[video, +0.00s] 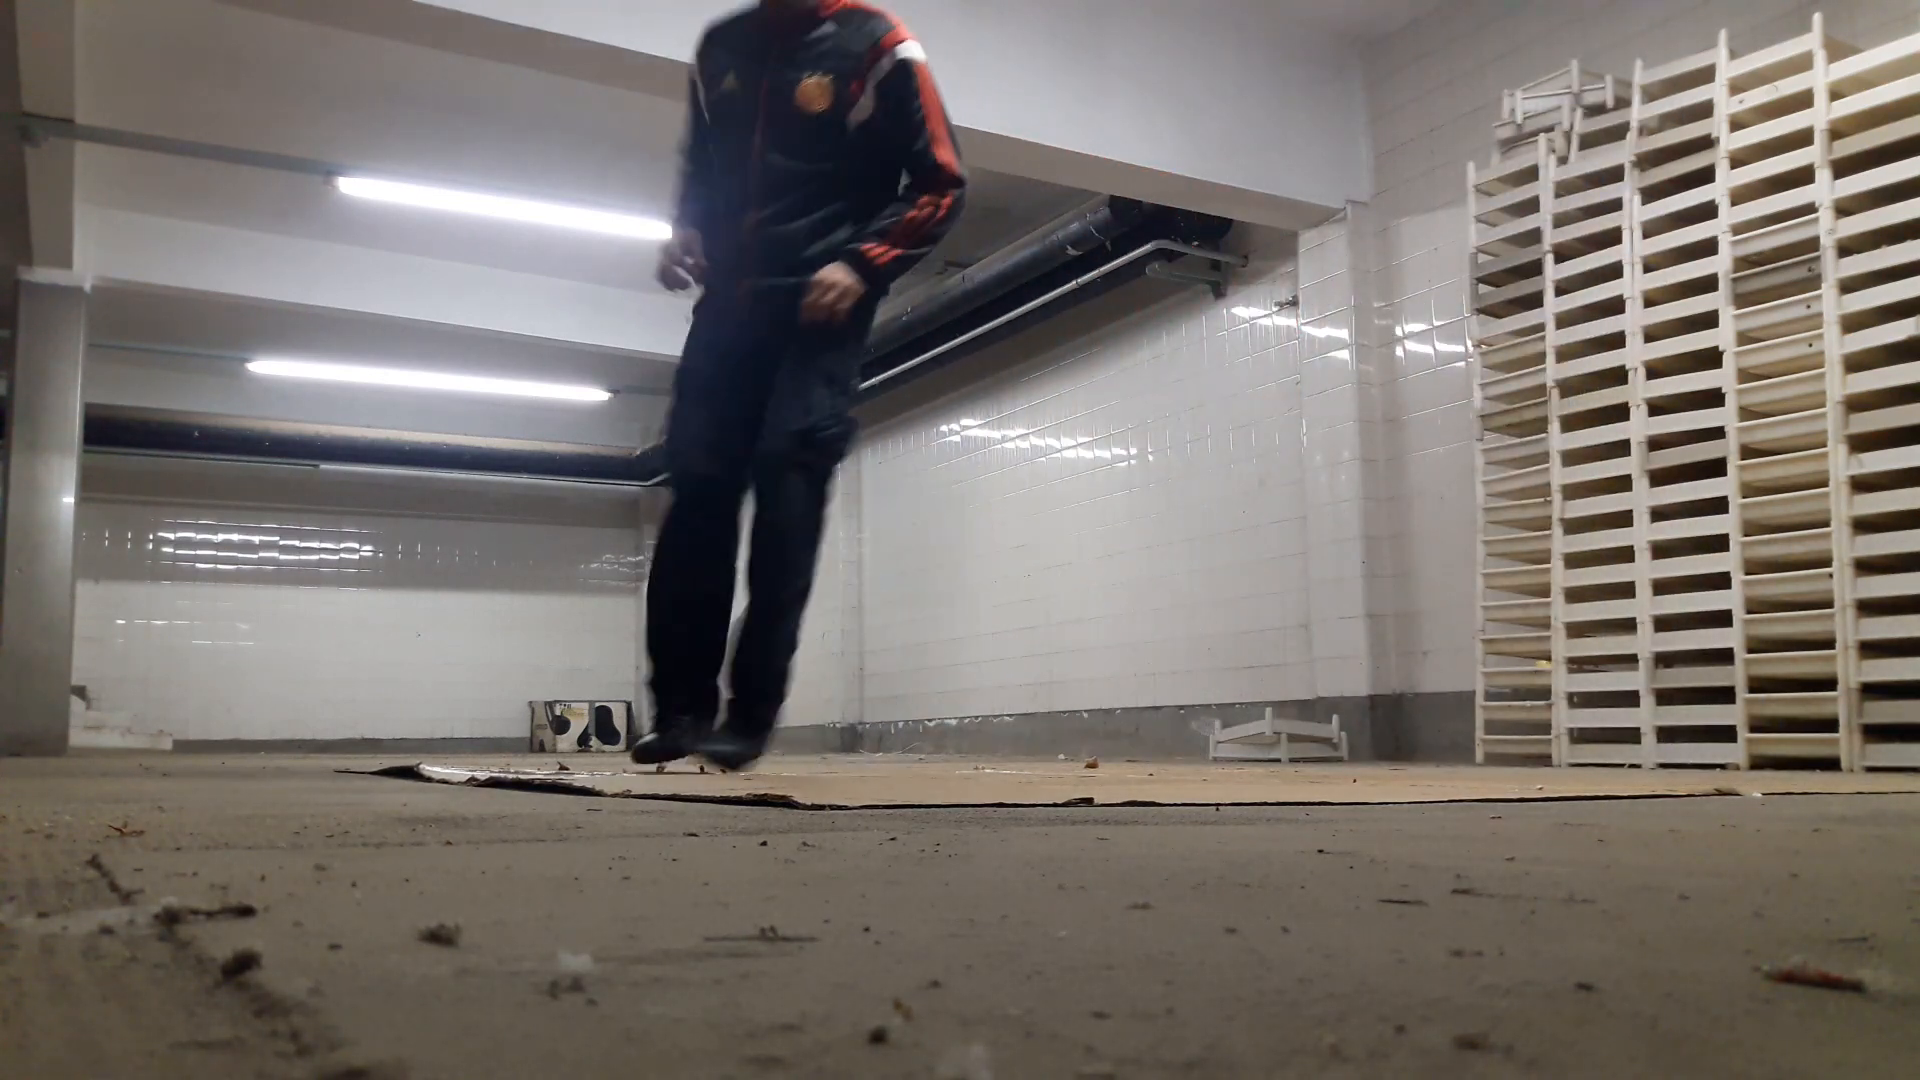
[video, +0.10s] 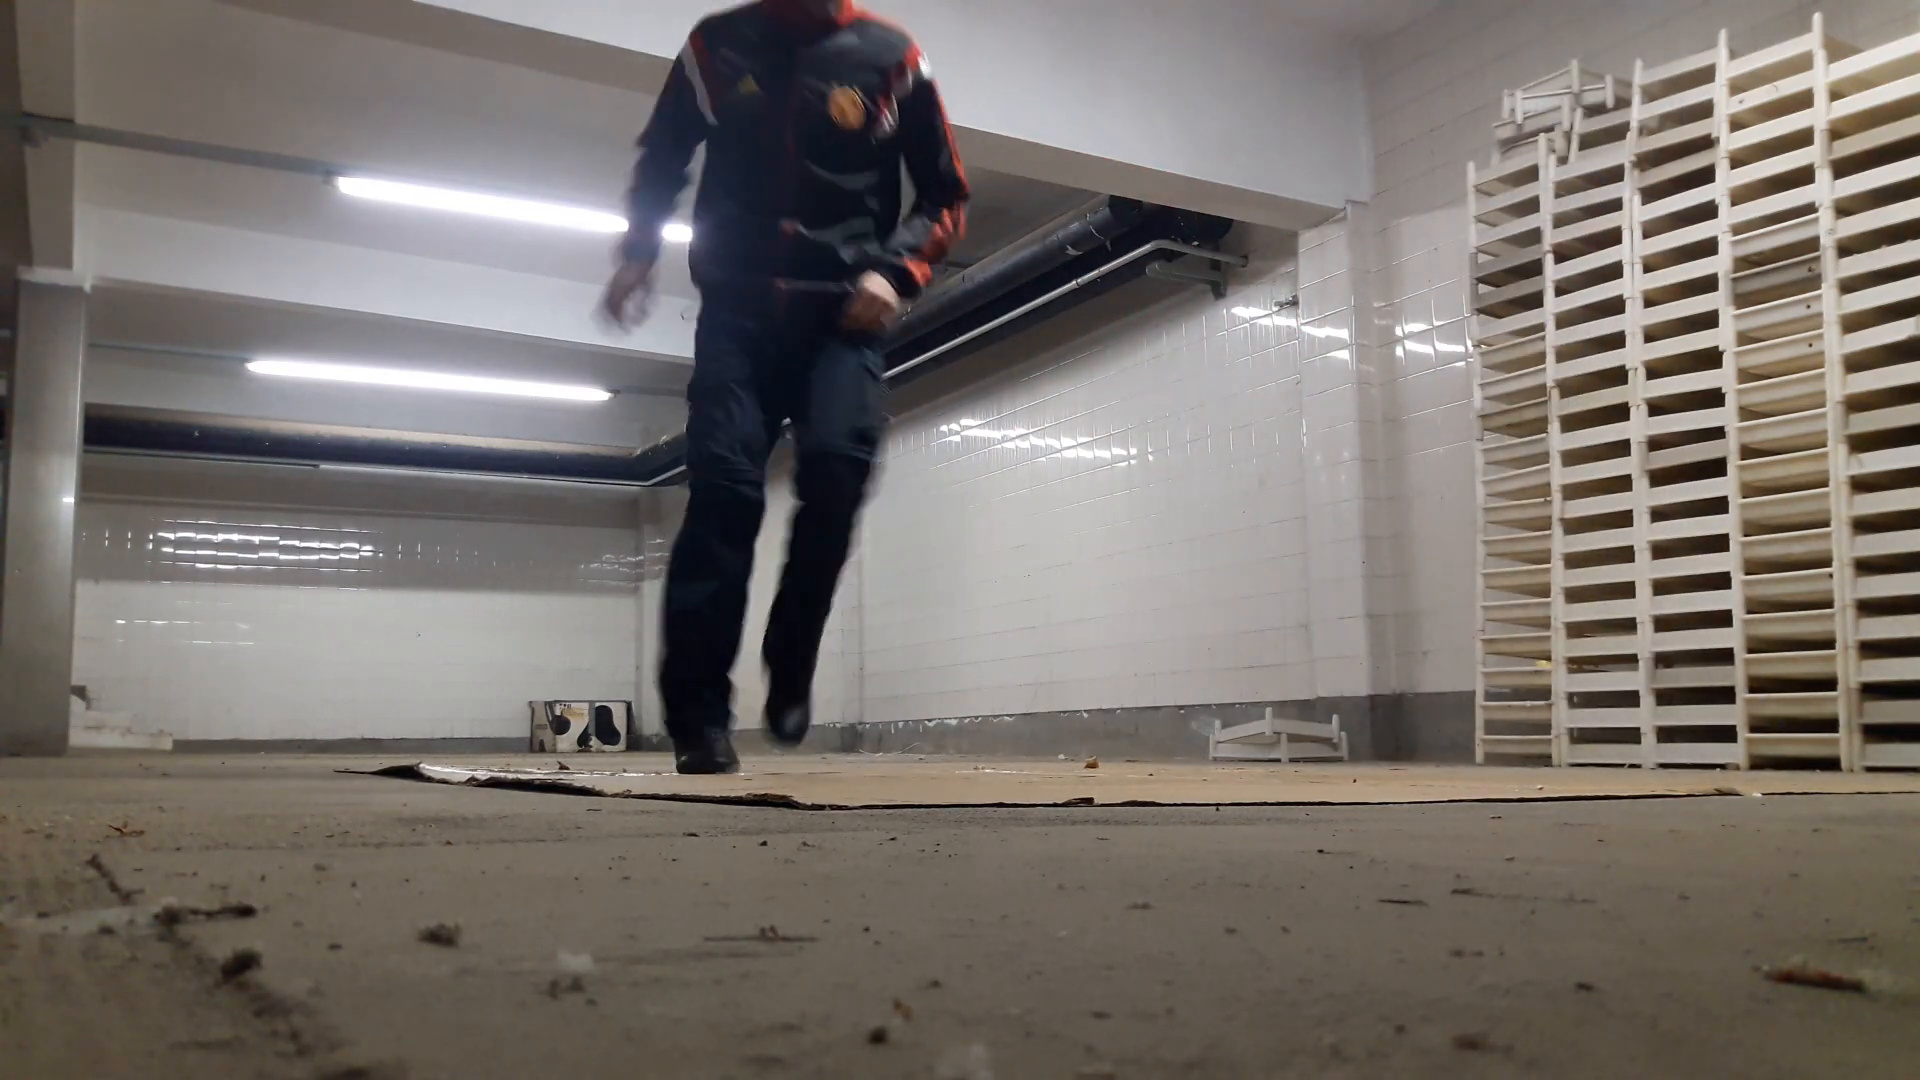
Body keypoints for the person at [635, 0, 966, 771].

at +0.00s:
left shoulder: (878, 44)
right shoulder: (721, 44)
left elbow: (941, 185)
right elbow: (702, 161)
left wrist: (864, 266)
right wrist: (690, 229)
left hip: (823, 313)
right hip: (729, 304)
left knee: (787, 497)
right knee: (699, 497)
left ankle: (748, 722)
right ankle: (682, 714)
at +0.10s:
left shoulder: (891, 57)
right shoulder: (719, 42)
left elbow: (945, 197)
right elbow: (665, 154)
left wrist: (895, 276)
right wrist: (641, 248)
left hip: (841, 315)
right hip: (738, 306)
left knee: (840, 465)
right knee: (725, 491)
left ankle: (792, 661)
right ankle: (699, 722)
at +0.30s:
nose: (904, 23)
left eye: (910, 10)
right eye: (887, 7)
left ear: (912, 18)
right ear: (835, 6)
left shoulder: (918, 109)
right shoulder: (756, 86)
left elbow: (962, 237)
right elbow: (648, 189)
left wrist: (941, 312)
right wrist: (566, 293)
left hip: (879, 357)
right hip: (783, 354)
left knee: (947, 507)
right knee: (764, 515)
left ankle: (848, 612)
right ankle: (713, 725)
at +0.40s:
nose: (963, 36)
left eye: (967, 22)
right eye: (951, 17)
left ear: (956, 24)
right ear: (898, 9)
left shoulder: (955, 115)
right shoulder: (801, 78)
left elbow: (1002, 233)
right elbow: (686, 148)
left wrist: (982, 304)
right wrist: (606, 229)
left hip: (904, 351)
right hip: (809, 345)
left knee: (968, 495)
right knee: (777, 507)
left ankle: (918, 660)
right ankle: (720, 705)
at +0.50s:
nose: (1014, 86)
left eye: (1022, 72)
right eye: (1005, 67)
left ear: (1016, 70)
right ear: (960, 52)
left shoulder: (1001, 153)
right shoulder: (865, 110)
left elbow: (1047, 263)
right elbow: (752, 145)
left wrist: (1053, 334)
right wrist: (691, 203)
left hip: (918, 366)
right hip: (835, 356)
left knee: (971, 521)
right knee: (792, 522)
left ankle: (1000, 697)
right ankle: (719, 703)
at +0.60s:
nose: (1071, 178)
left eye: (1077, 161)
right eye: (1059, 159)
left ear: (1074, 158)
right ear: (1016, 142)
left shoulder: (1047, 226)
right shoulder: (933, 179)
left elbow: (1091, 324)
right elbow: (866, 245)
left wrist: (1145, 415)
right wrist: (913, 305)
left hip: (940, 406)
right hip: (862, 390)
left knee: (1000, 545)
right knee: (816, 533)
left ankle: (1019, 726)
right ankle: (725, 720)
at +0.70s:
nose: (1140, 277)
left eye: (1146, 262)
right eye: (1136, 257)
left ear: (1097, 246)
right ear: (1090, 239)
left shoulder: (1077, 310)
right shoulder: (992, 266)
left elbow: (1116, 414)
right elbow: (1033, 385)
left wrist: (1188, 510)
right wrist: (1138, 481)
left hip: (947, 447)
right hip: (869, 425)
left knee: (1021, 574)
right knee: (856, 534)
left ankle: (1021, 733)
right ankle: (733, 725)